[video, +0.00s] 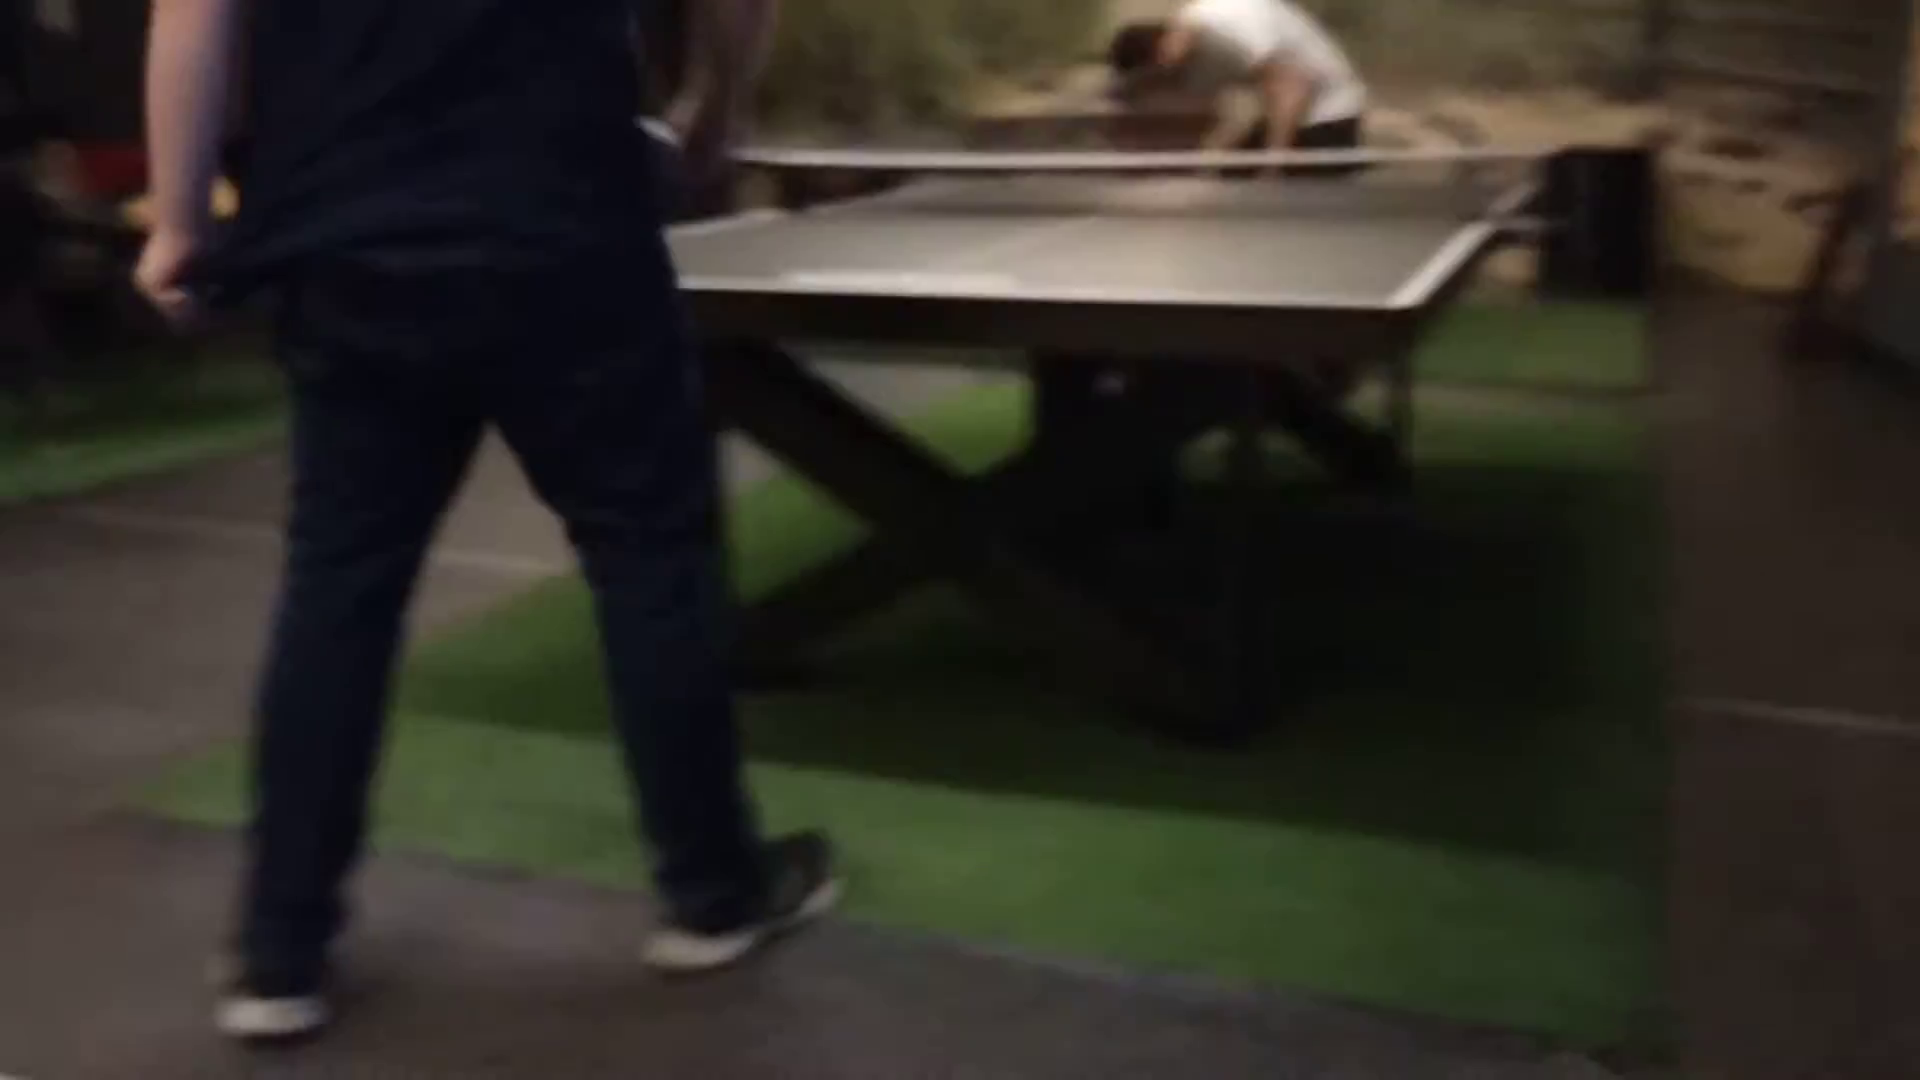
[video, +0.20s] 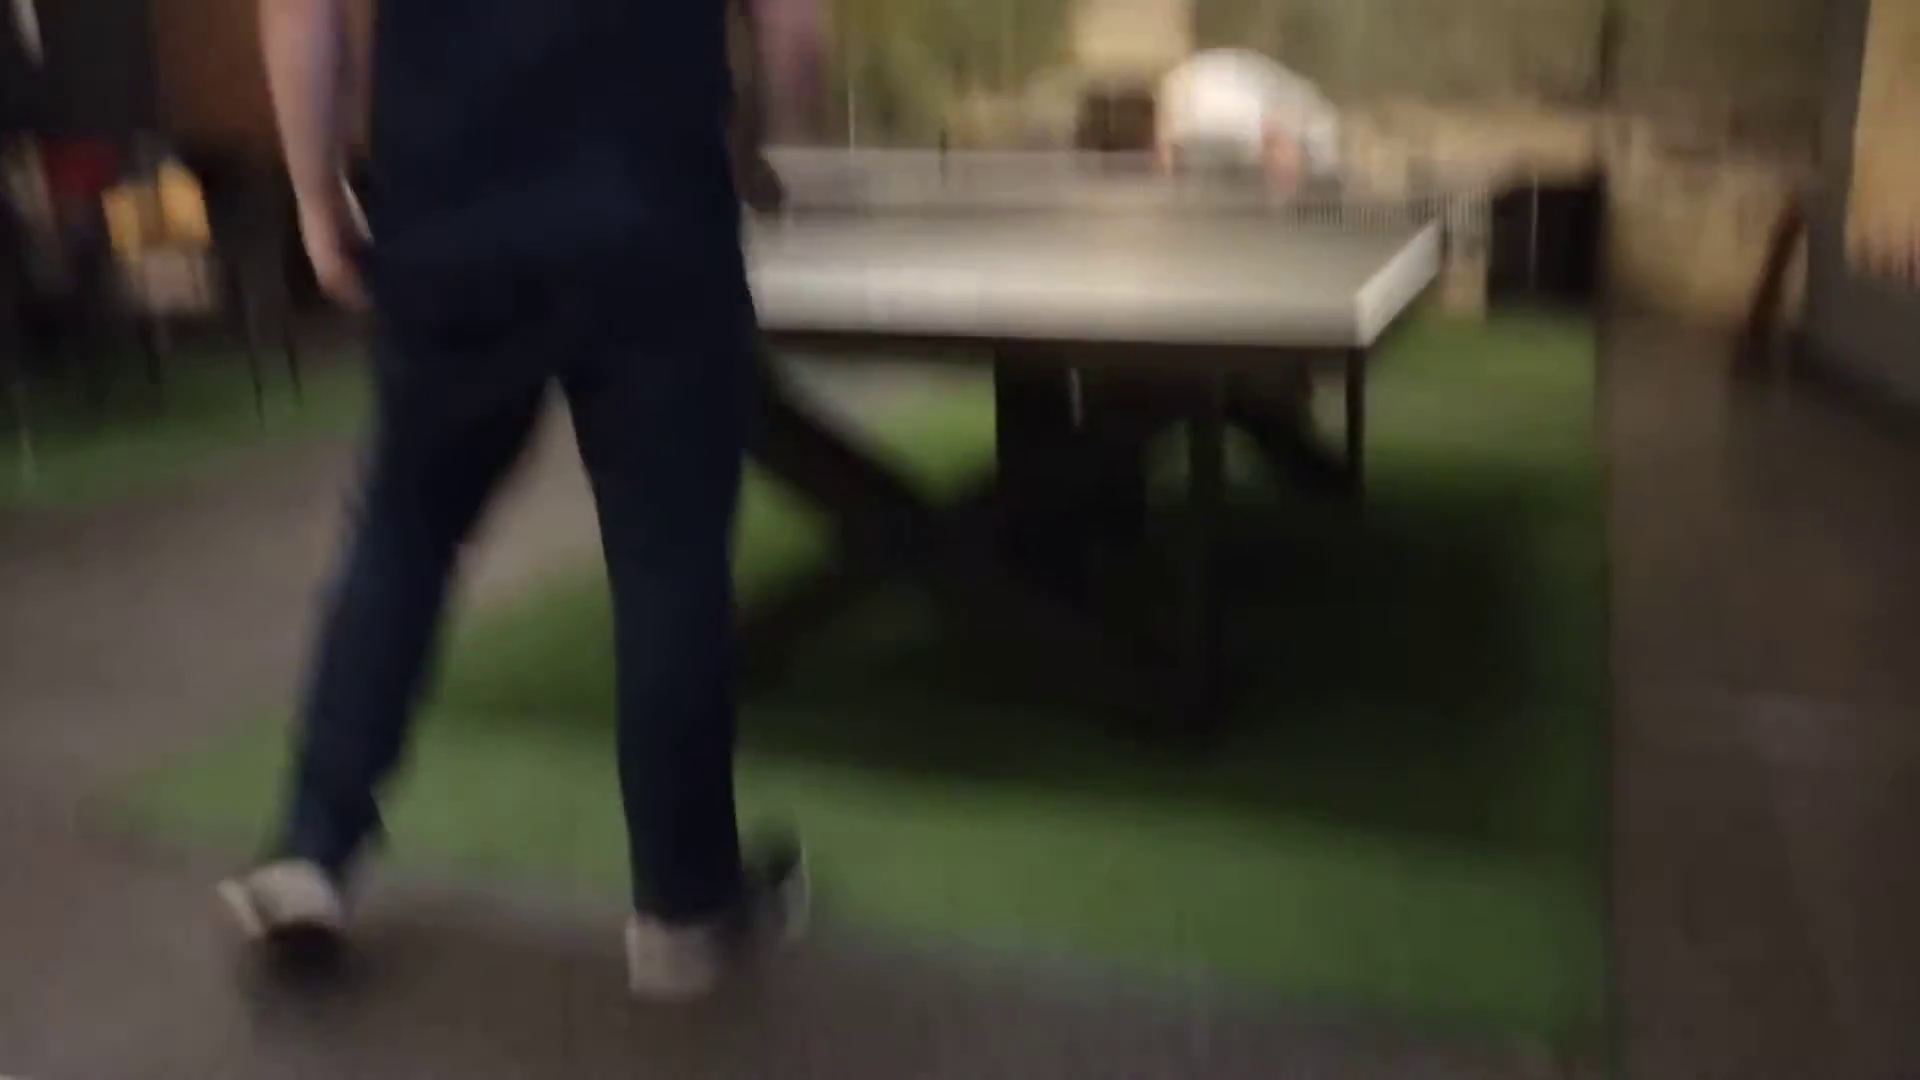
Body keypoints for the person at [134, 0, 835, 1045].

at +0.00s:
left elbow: (192, 9)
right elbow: (736, 10)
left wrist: (176, 213)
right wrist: (701, 138)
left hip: (353, 213)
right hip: (562, 211)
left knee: (337, 587)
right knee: (653, 558)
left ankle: (278, 962)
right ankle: (710, 886)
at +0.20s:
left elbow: (300, 13)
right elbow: (793, 35)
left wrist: (318, 196)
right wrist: (772, 146)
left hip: (450, 200)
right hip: (651, 206)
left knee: (400, 536)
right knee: (670, 576)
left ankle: (311, 856)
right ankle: (683, 905)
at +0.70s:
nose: (744, 107)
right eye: (746, 92)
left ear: (605, 75)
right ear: (730, 82)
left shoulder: (492, 165)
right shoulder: (739, 150)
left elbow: (323, 265)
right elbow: (781, 231)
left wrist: (371, 472)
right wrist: (754, 476)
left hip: (498, 602)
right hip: (672, 606)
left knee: (513, 898)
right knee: (662, 927)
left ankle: (492, 1072)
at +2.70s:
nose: (474, 154)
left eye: (474, 139)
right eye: (474, 137)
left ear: (329, 131)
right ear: (454, 129)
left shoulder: (225, 237)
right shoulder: (512, 225)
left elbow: (113, 473)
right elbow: (682, 355)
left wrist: (71, 675)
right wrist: (736, 438)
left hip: (256, 694)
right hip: (468, 682)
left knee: (249, 1012)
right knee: (544, 1000)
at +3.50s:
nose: (673, 148)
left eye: (676, 127)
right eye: (673, 125)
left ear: (540, 113)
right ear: (649, 115)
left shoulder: (427, 220)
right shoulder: (659, 228)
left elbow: (339, 424)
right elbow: (687, 411)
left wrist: (362, 578)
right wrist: (740, 606)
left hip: (380, 650)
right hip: (565, 668)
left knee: (326, 980)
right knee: (595, 998)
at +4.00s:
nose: (662, 128)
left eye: (660, 107)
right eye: (663, 105)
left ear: (523, 102)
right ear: (635, 96)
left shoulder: (400, 224)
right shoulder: (662, 231)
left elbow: (336, 432)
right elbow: (730, 440)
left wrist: (384, 576)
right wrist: (761, 624)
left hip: (410, 649)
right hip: (590, 663)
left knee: (411, 957)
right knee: (602, 981)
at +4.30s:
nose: (616, 151)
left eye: (619, 123)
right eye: (616, 120)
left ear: (481, 102)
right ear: (571, 100)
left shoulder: (371, 219)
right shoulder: (587, 217)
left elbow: (325, 450)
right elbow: (596, 413)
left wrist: (336, 612)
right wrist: (621, 635)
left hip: (371, 649)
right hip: (530, 660)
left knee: (383, 969)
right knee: (647, 950)